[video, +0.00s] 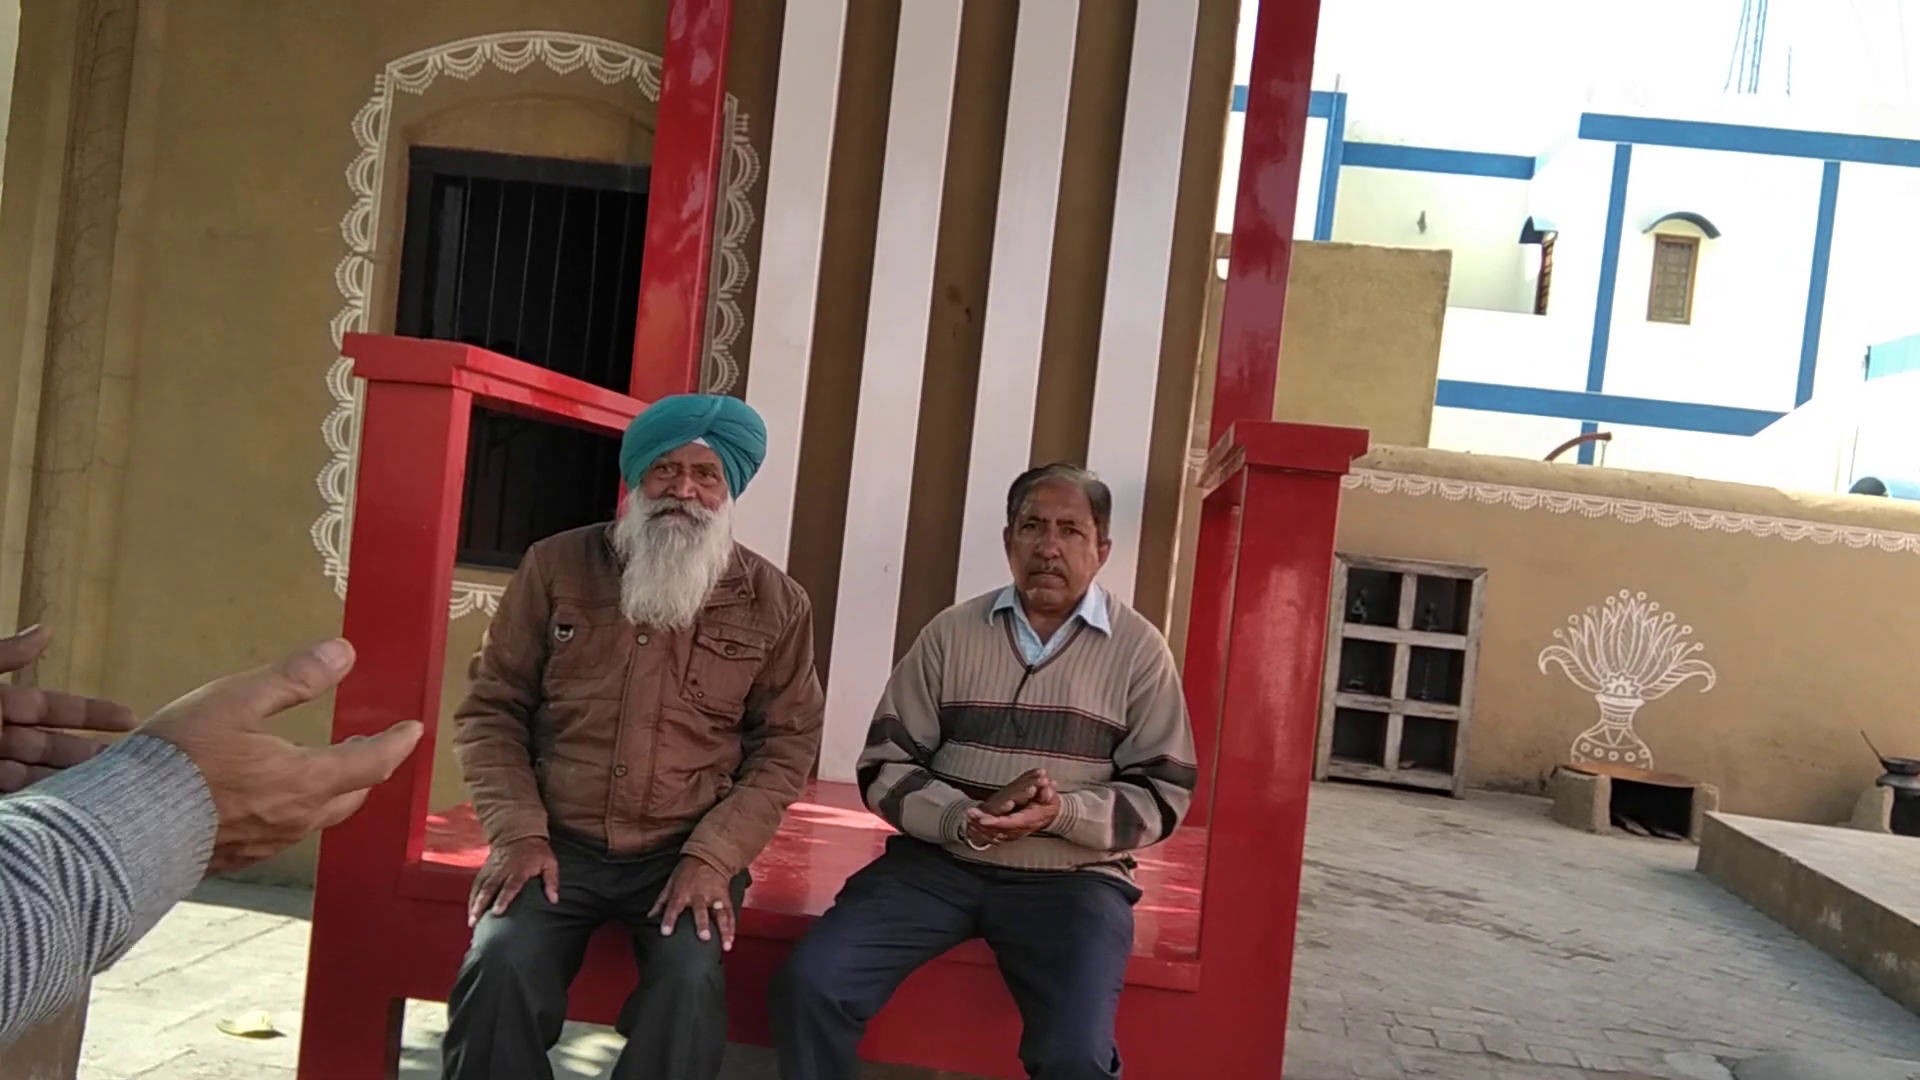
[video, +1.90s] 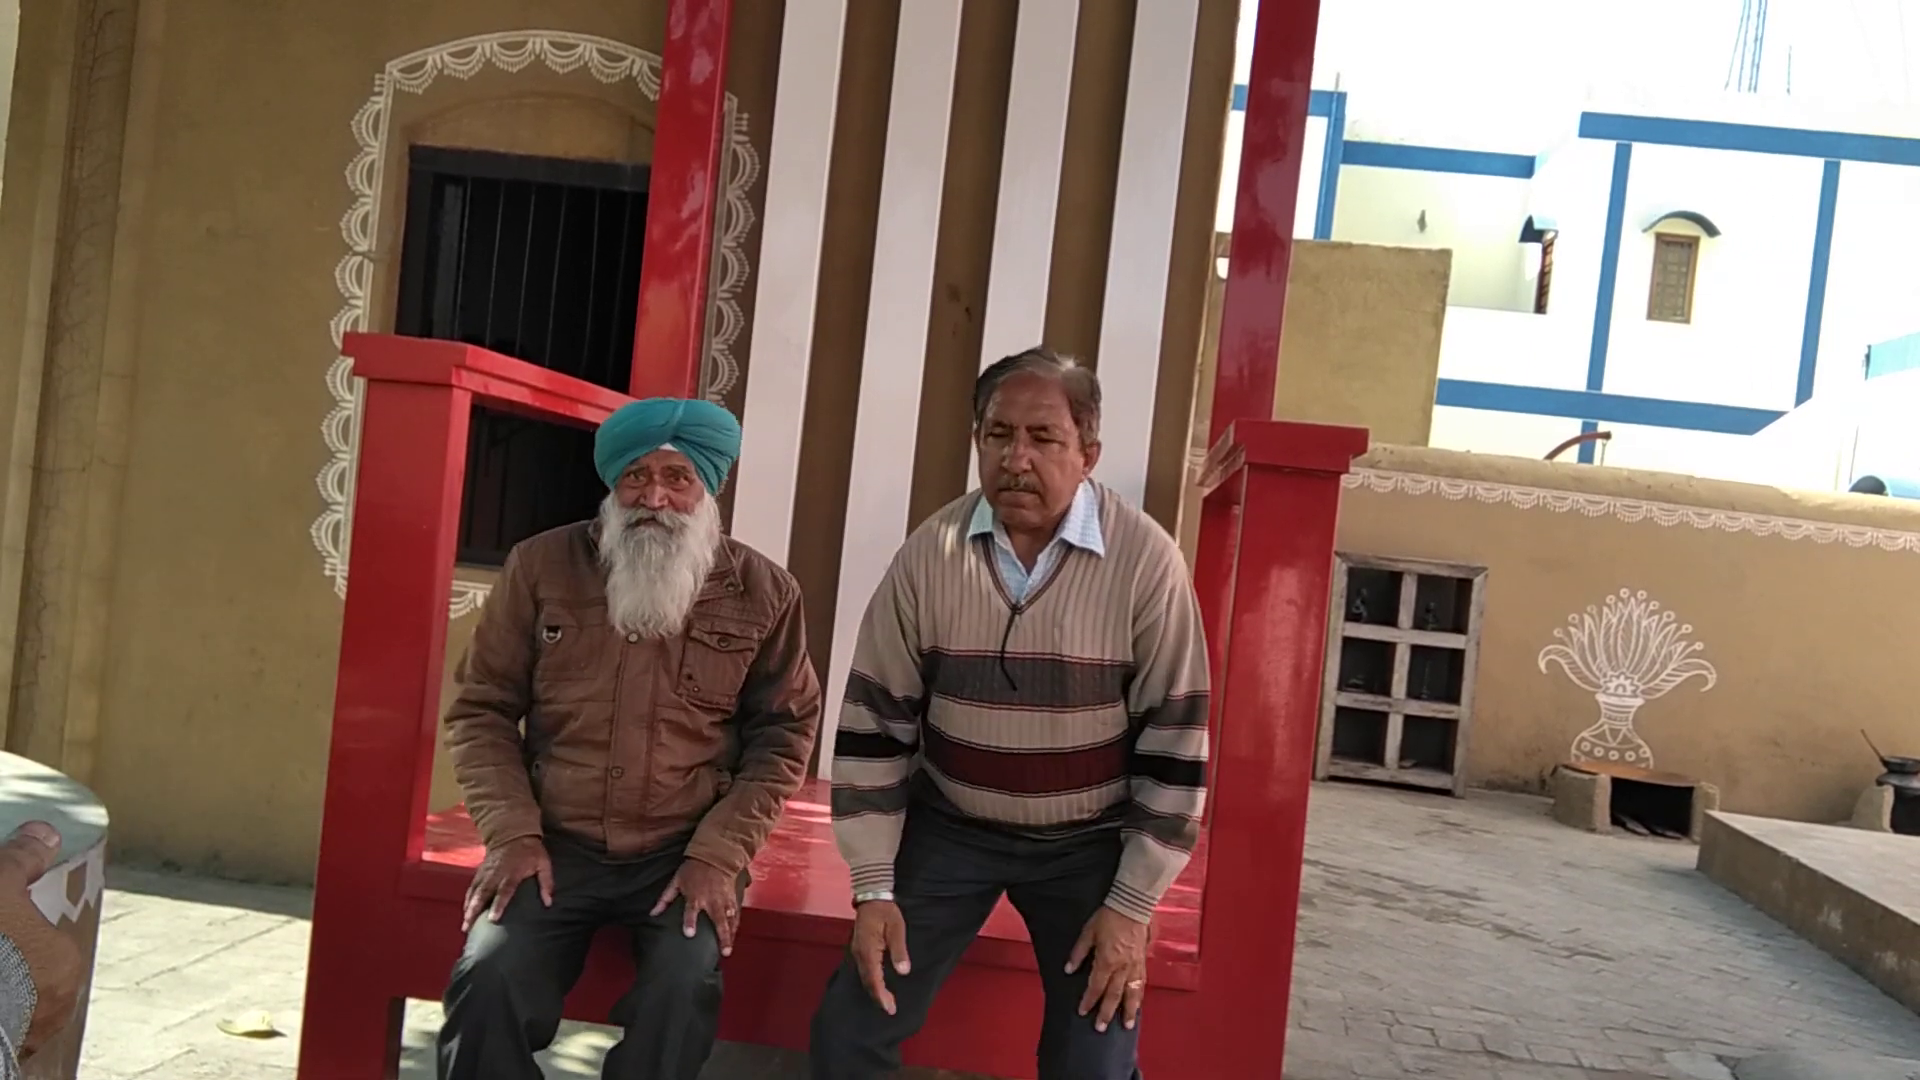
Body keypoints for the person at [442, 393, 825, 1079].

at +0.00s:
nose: (684, 488)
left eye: (706, 474)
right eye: (666, 469)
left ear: (731, 494)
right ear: (634, 483)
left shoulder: (774, 603)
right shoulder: (556, 567)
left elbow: (788, 748)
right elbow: (490, 708)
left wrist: (714, 855)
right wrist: (517, 829)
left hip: (685, 862)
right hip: (555, 851)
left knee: (690, 977)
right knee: (500, 965)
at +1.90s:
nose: (654, 497)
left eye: (677, 480)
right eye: (637, 477)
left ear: (710, 493)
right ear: (611, 484)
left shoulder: (766, 596)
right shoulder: (540, 568)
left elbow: (783, 739)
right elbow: (481, 708)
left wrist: (718, 854)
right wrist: (511, 830)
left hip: (683, 863)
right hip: (553, 852)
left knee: (684, 981)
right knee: (491, 974)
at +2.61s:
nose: (594, 382)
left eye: (621, 364)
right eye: (574, 359)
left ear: (660, 381)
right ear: (546, 370)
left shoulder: (721, 495)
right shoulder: (473, 464)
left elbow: (745, 673)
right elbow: (427, 638)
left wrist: (683, 826)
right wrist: (443, 802)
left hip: (641, 818)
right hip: (497, 808)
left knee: (623, 1026)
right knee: (453, 1015)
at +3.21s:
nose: (651, 291)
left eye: (678, 276)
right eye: (634, 268)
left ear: (712, 301)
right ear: (596, 278)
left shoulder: (753, 436)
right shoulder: (536, 400)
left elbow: (780, 627)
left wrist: (740, 810)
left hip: (657, 768)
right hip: (514, 755)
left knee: (629, 1005)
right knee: (504, 1004)